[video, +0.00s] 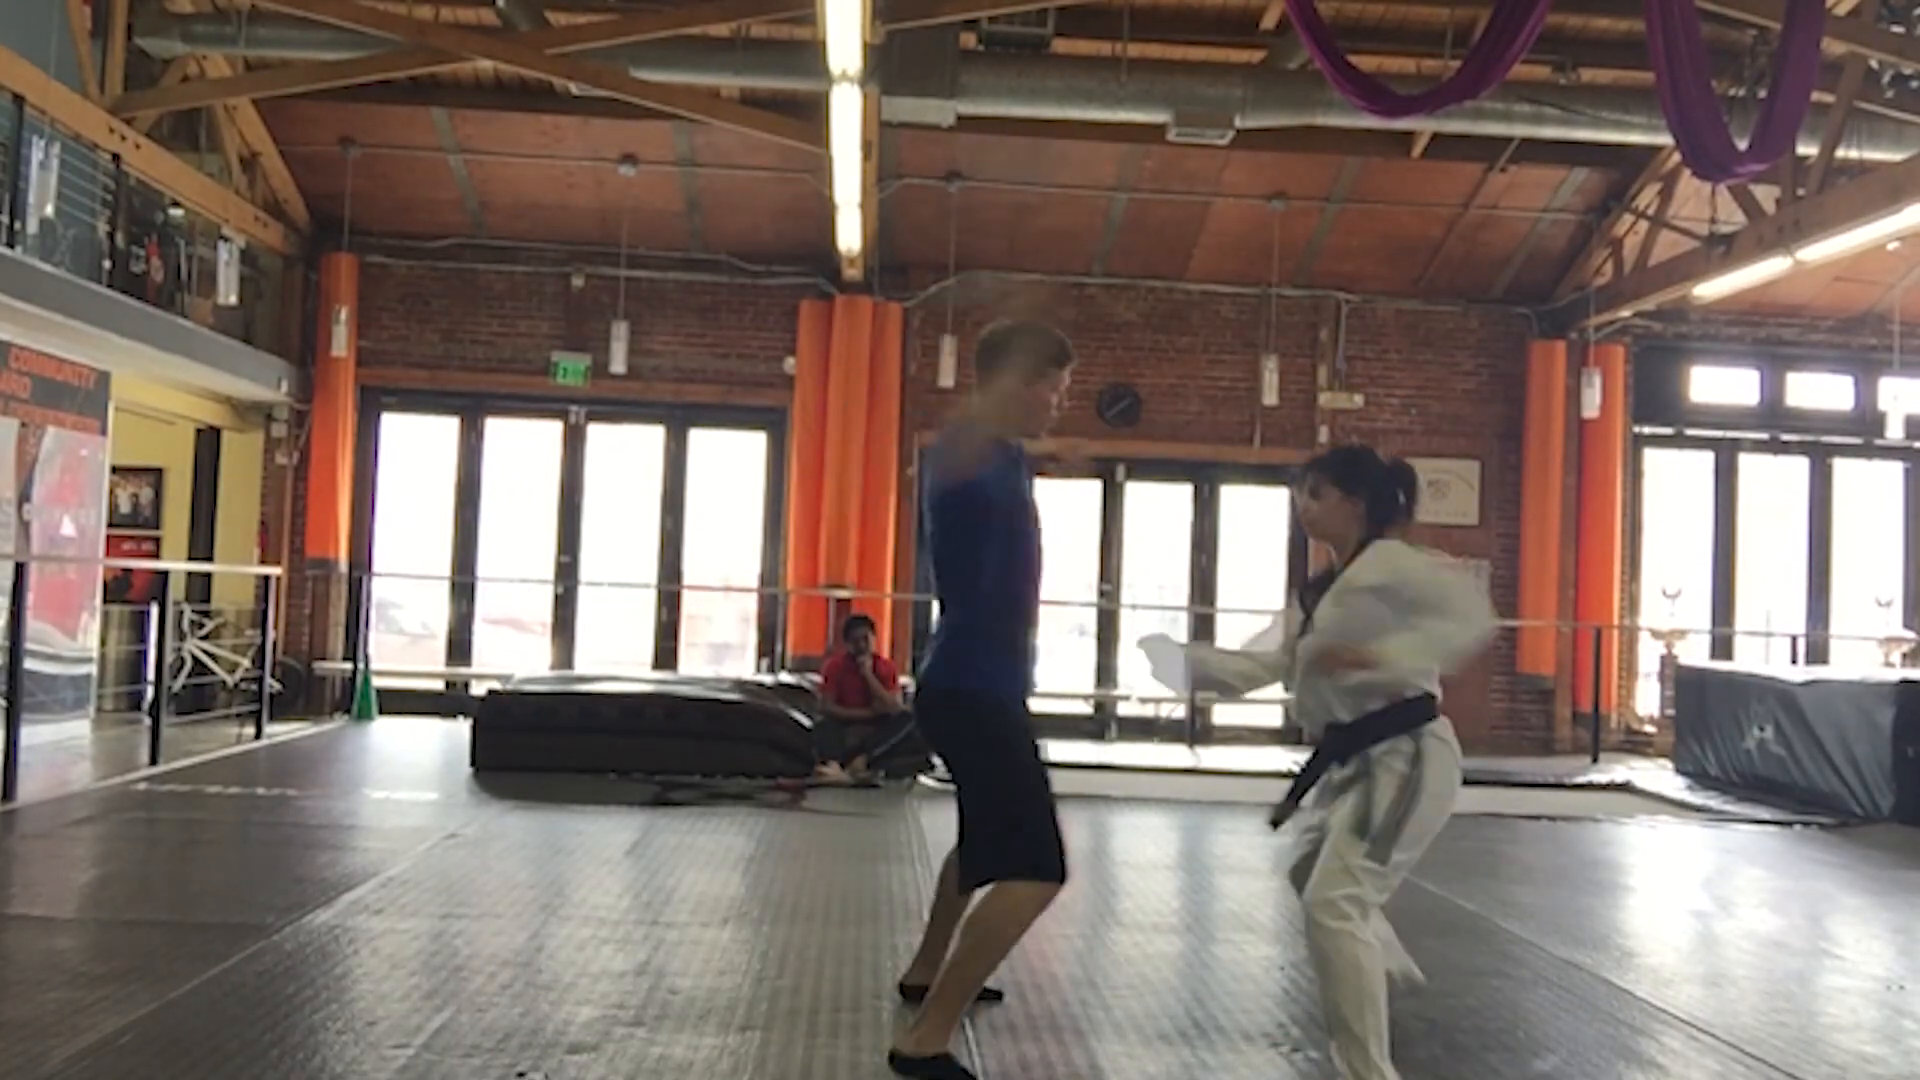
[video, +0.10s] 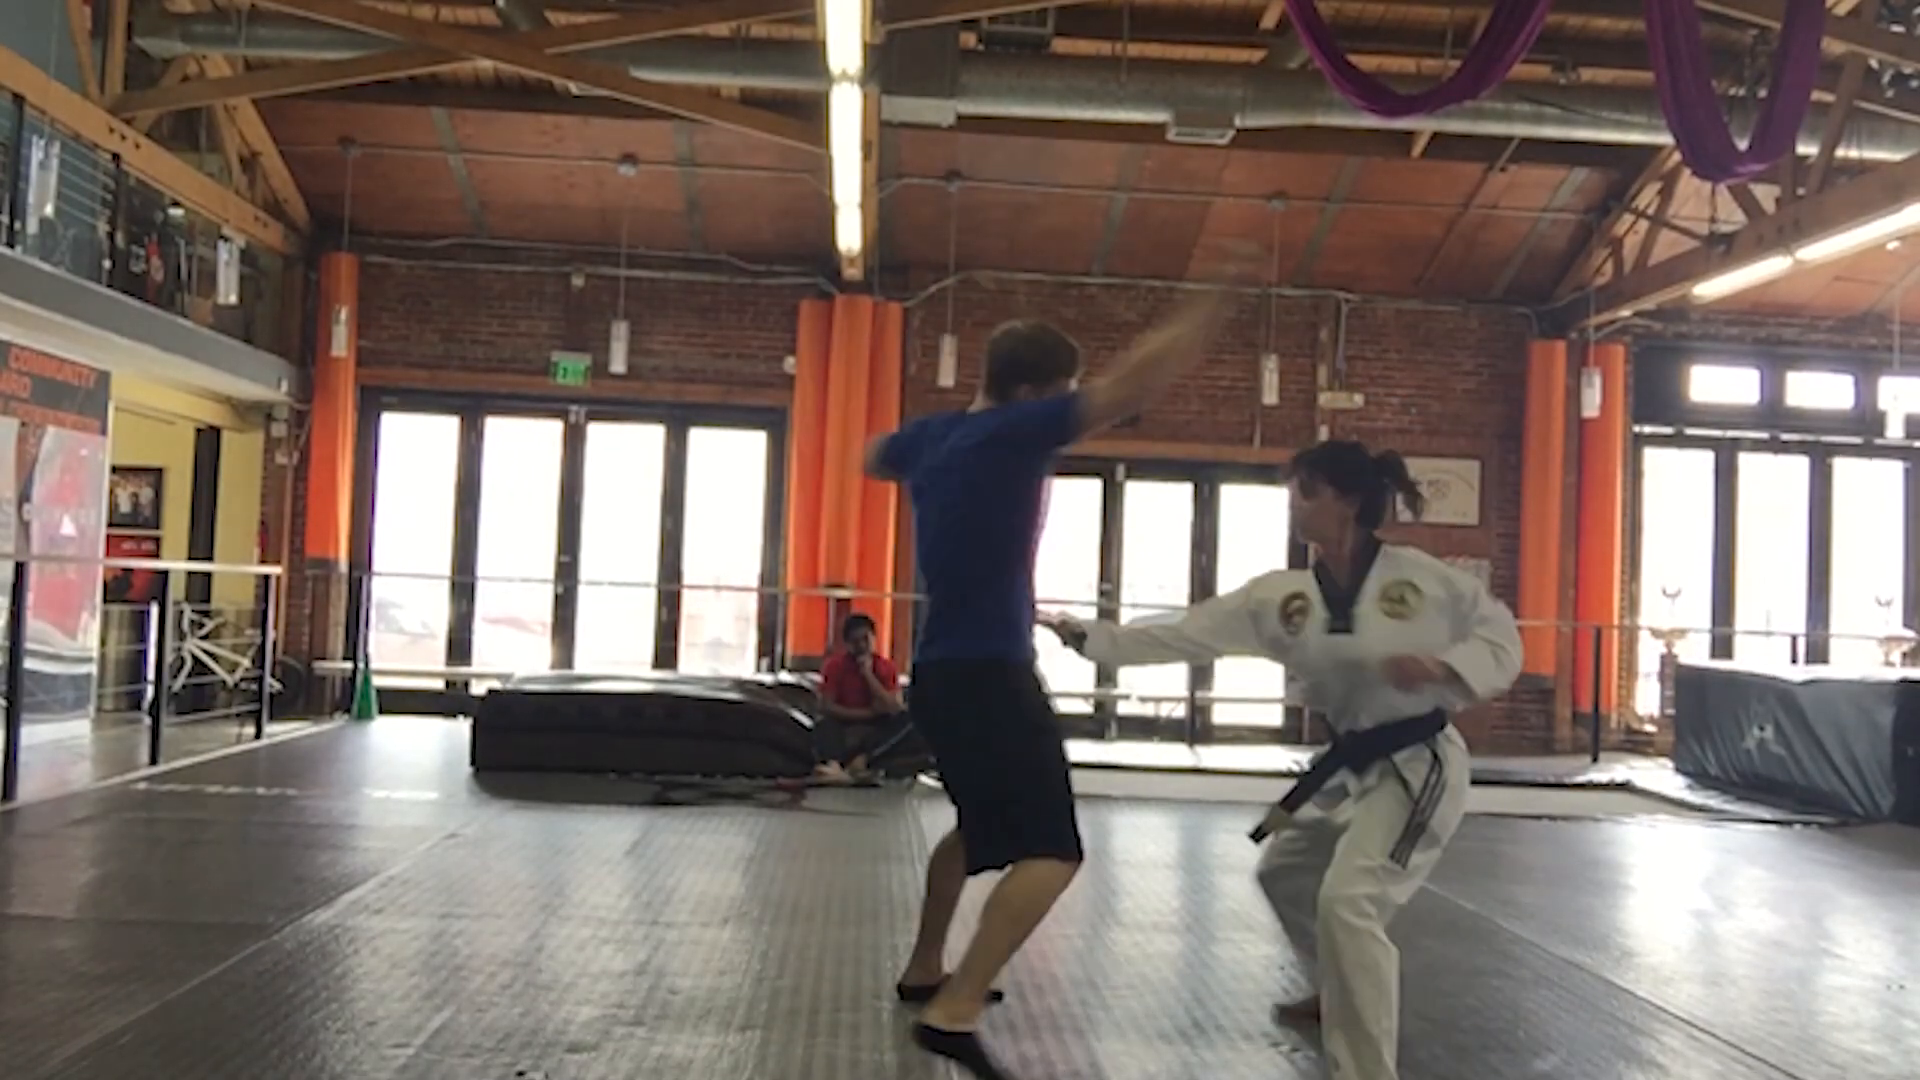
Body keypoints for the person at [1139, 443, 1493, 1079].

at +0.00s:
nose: (1303, 508)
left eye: (1315, 496)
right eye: (1303, 496)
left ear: (1357, 503)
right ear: (1328, 506)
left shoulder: (1393, 563)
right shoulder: (1327, 595)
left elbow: (1472, 618)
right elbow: (1266, 664)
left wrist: (1385, 658)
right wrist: (1190, 666)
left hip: (1410, 757)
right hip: (1356, 763)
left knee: (1335, 902)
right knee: (1308, 869)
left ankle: (1365, 1070)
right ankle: (1390, 968)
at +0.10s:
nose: (1293, 503)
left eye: (1306, 491)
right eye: (1294, 490)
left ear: (1348, 503)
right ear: (1324, 505)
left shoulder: (1429, 579)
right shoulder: (1279, 598)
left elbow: (1505, 646)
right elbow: (1180, 634)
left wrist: (1444, 663)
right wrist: (1078, 632)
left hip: (1425, 759)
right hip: (1351, 765)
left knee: (1347, 901)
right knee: (1284, 870)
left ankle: (1365, 1070)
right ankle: (1339, 990)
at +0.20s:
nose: (1293, 522)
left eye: (1305, 508)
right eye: (1293, 508)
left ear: (1350, 517)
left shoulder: (1424, 594)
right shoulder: (1281, 604)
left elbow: (1497, 662)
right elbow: (1213, 657)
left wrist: (1469, 696)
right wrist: (1160, 647)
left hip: (1412, 775)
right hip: (1327, 776)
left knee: (1355, 905)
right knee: (1273, 906)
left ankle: (1370, 1071)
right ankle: (1309, 1002)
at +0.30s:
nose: (1294, 543)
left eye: (1307, 529)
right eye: (1293, 528)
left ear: (1353, 533)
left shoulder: (1417, 609)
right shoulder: (1288, 603)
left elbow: (1462, 724)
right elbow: (1294, 676)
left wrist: (1475, 695)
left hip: (1394, 787)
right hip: (1309, 784)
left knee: (1361, 902)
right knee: (1273, 929)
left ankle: (1375, 1072)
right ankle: (1318, 1004)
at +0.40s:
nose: (1296, 568)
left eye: (1310, 554)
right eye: (1295, 553)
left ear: (1357, 560)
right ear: (1297, 557)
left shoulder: (1398, 626)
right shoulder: (1289, 630)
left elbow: (1448, 716)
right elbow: (1366, 687)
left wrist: (1505, 663)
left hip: (1381, 807)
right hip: (1295, 809)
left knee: (1359, 899)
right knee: (1274, 953)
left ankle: (1377, 1071)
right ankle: (1307, 1001)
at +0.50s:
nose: (1294, 600)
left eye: (1310, 587)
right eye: (1292, 585)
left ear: (1360, 596)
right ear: (1290, 588)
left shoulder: (1389, 654)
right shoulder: (1288, 656)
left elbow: (1421, 754)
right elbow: (1403, 702)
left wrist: (1497, 709)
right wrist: (1496, 667)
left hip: (1374, 831)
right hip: (1290, 834)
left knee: (1357, 903)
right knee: (1271, 992)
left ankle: (1373, 1072)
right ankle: (1299, 1015)